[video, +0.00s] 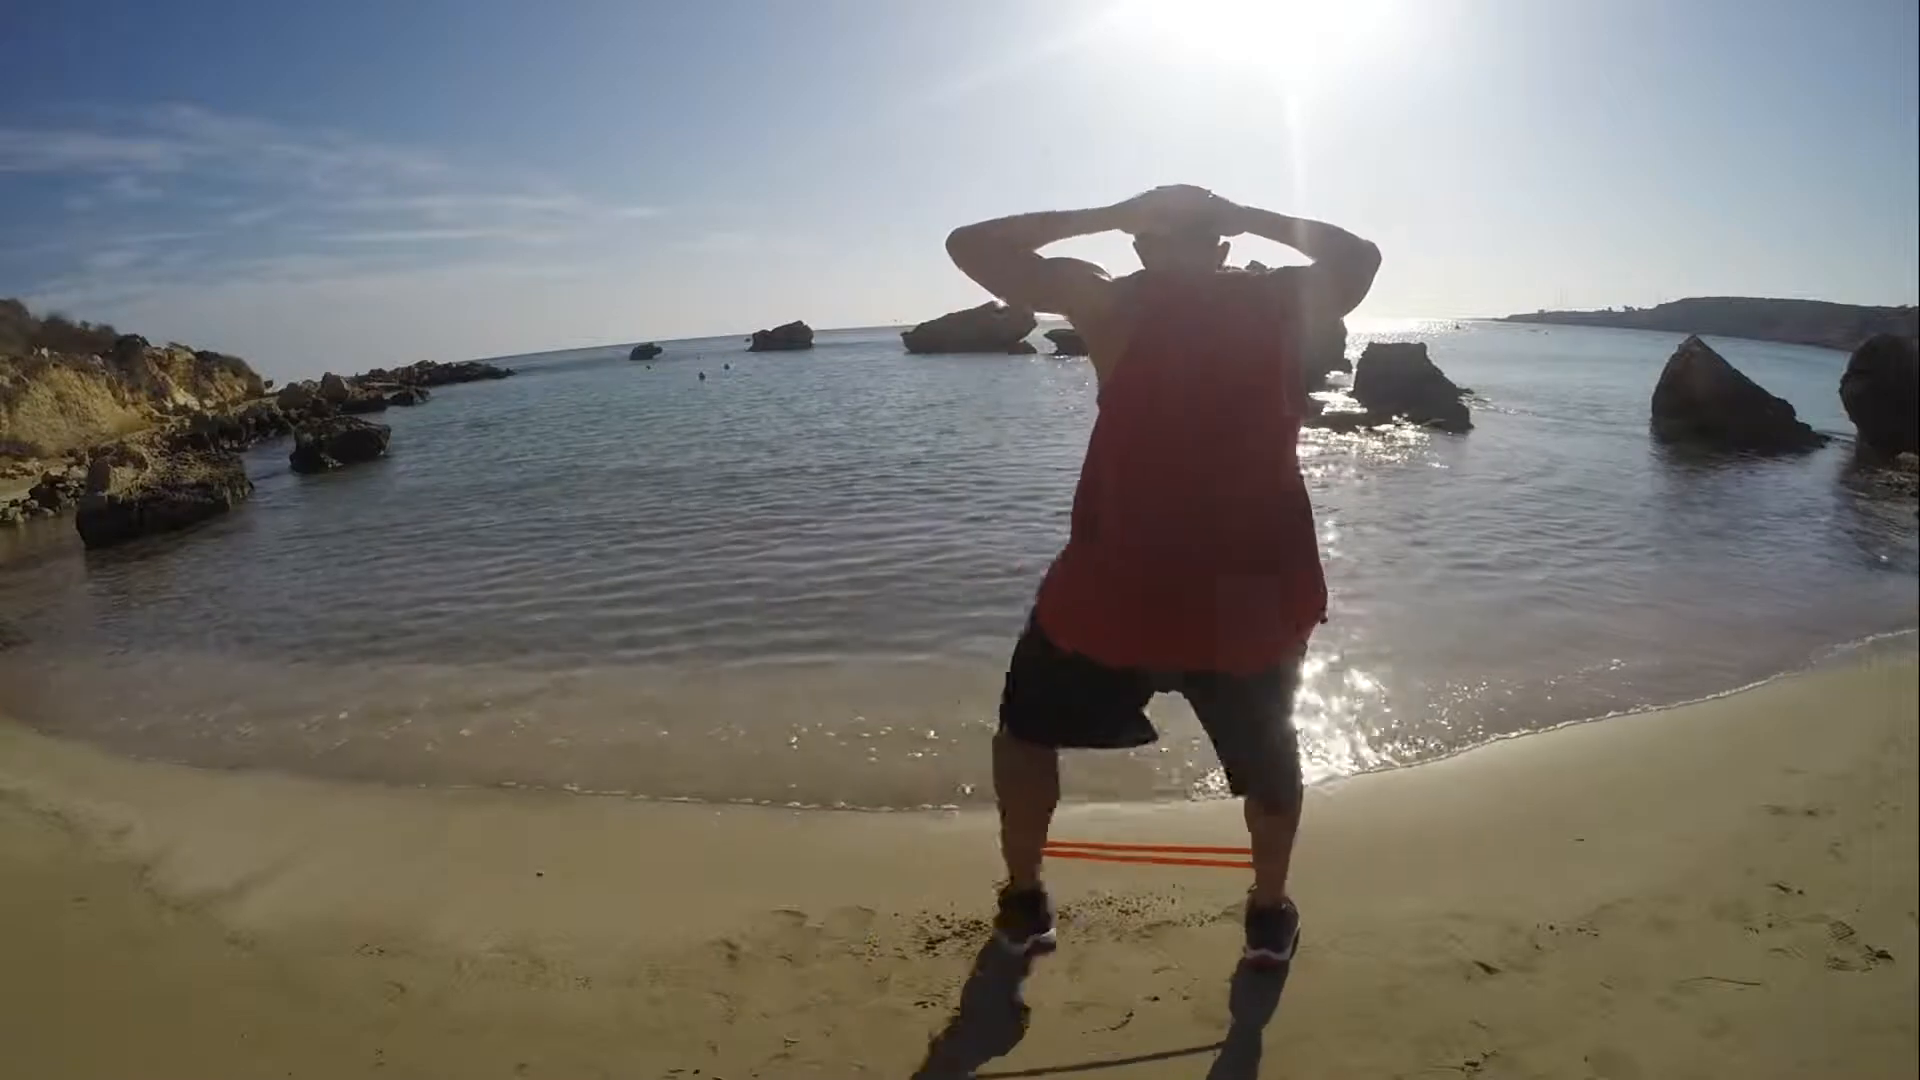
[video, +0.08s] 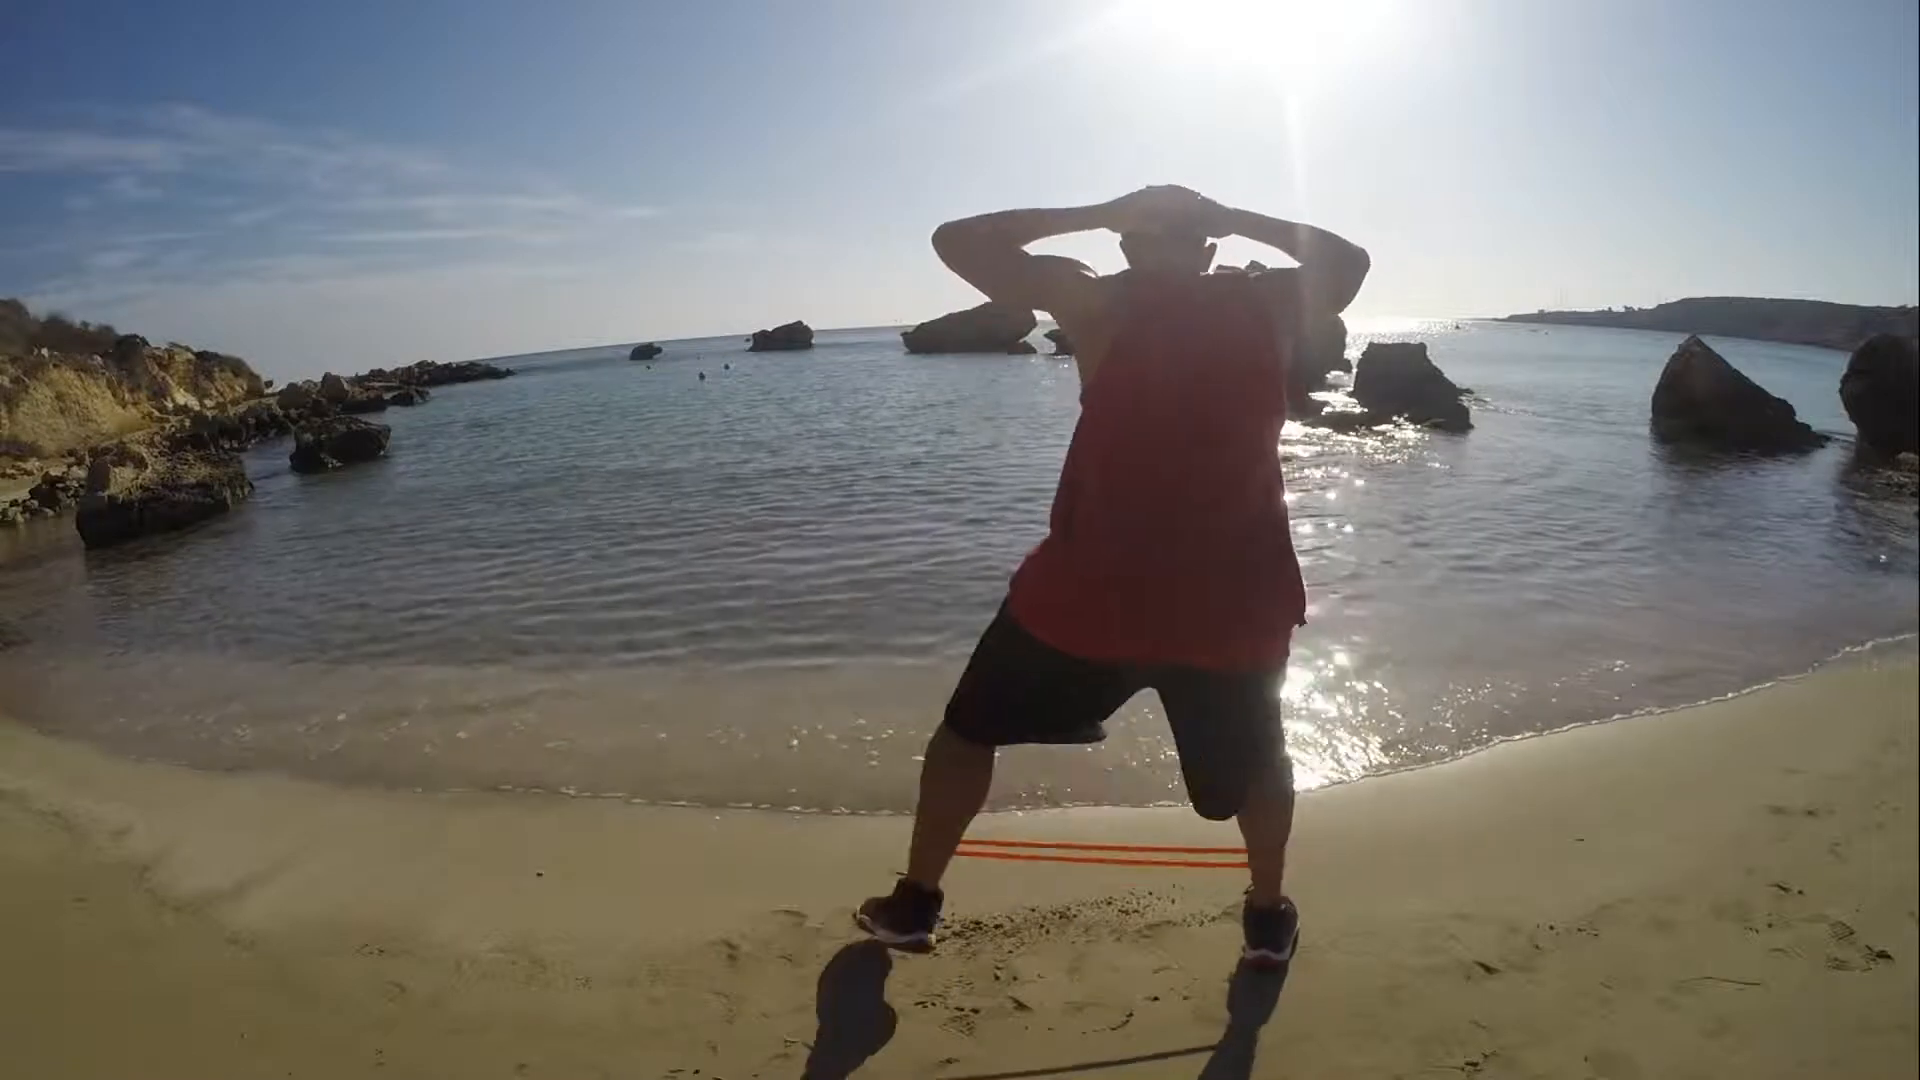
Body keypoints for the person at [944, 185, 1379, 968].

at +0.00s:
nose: (1146, 230)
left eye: (1146, 220)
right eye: (1154, 218)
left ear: (1142, 240)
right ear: (1220, 238)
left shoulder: (1111, 305)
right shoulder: (1284, 301)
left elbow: (970, 244)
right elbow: (1360, 255)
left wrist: (1105, 214)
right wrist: (1248, 216)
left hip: (1115, 577)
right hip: (1251, 587)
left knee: (1027, 725)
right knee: (1270, 757)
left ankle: (1022, 899)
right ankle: (1270, 910)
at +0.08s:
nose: (1145, 232)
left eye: (1142, 221)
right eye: (1159, 219)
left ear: (1124, 243)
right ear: (1208, 242)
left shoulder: (1094, 306)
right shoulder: (1267, 306)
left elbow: (958, 240)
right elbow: (1348, 259)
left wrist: (1098, 213)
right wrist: (1236, 219)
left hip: (1091, 577)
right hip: (1229, 590)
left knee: (970, 725)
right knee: (1258, 761)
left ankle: (916, 900)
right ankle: (1268, 913)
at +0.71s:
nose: (860, 223)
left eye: (848, 212)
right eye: (871, 212)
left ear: (811, 230)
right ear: (905, 231)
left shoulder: (762, 292)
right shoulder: (953, 287)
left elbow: (655, 240)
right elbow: (1069, 236)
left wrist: (783, 207)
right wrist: (928, 199)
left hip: (792, 598)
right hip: (944, 595)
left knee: (757, 783)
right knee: (976, 768)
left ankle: (751, 943)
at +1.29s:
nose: (908, 256)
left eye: (908, 244)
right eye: (915, 241)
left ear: (895, 257)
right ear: (985, 253)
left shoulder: (857, 323)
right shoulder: (1040, 305)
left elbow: (734, 269)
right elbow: (1147, 243)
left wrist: (861, 231)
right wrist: (1012, 220)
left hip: (912, 615)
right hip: (1067, 601)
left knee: (813, 774)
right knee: (1186, 756)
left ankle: (767, 936)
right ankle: (1271, 896)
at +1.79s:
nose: (1170, 234)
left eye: (1167, 222)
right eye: (1176, 221)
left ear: (1155, 233)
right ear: (1230, 229)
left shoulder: (1130, 296)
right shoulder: (1292, 281)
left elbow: (981, 239)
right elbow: (1367, 241)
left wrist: (1117, 209)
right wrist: (1257, 205)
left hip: (1163, 580)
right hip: (1296, 583)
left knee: (1108, 745)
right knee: (1303, 756)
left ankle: (1138, 908)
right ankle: (1288, 907)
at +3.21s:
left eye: (812, 234)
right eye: (850, 229)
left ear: (788, 248)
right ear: (873, 241)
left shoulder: (752, 310)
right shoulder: (932, 288)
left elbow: (637, 272)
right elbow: (1037, 235)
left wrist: (756, 229)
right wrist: (900, 213)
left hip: (819, 589)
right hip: (971, 570)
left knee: (778, 773)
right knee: (1046, 718)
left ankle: (771, 936)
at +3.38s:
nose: (870, 248)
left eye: (860, 239)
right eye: (878, 235)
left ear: (838, 255)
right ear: (922, 247)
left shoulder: (807, 319)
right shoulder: (989, 293)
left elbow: (682, 283)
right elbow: (1084, 235)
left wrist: (803, 236)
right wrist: (954, 217)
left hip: (882, 592)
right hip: (1038, 572)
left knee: (805, 770)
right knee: (1158, 733)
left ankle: (779, 938)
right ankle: (1238, 875)